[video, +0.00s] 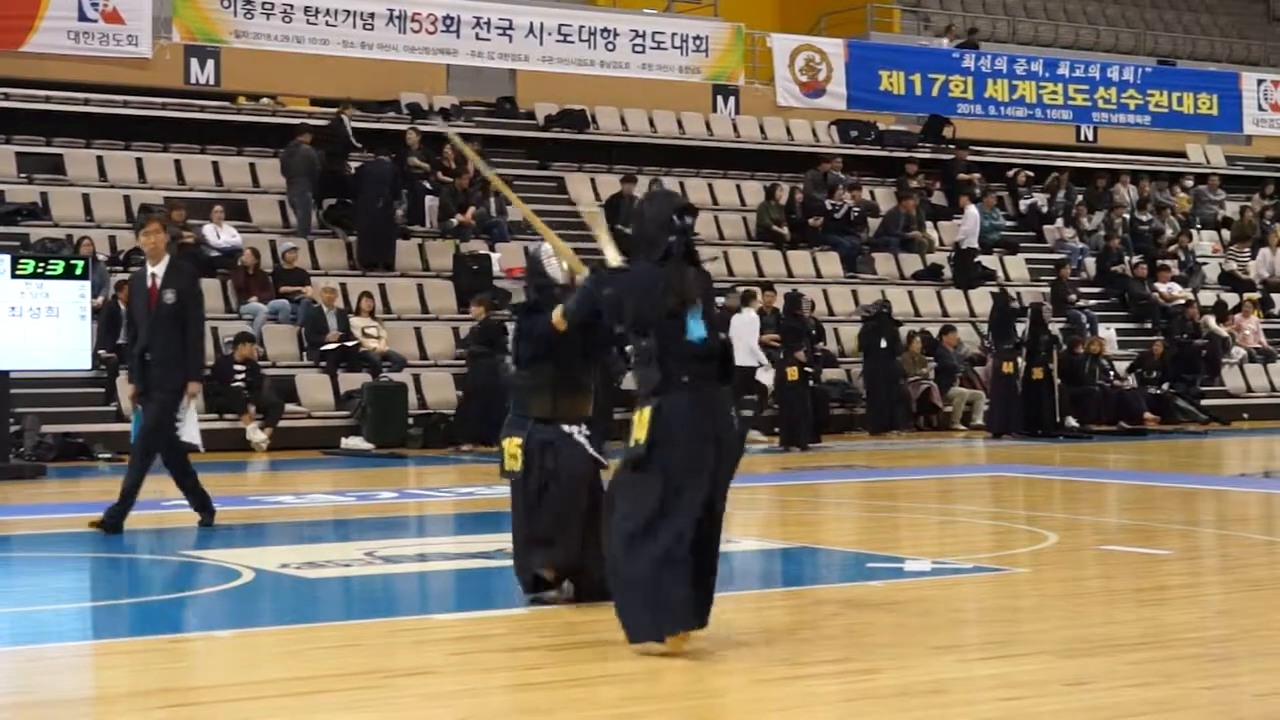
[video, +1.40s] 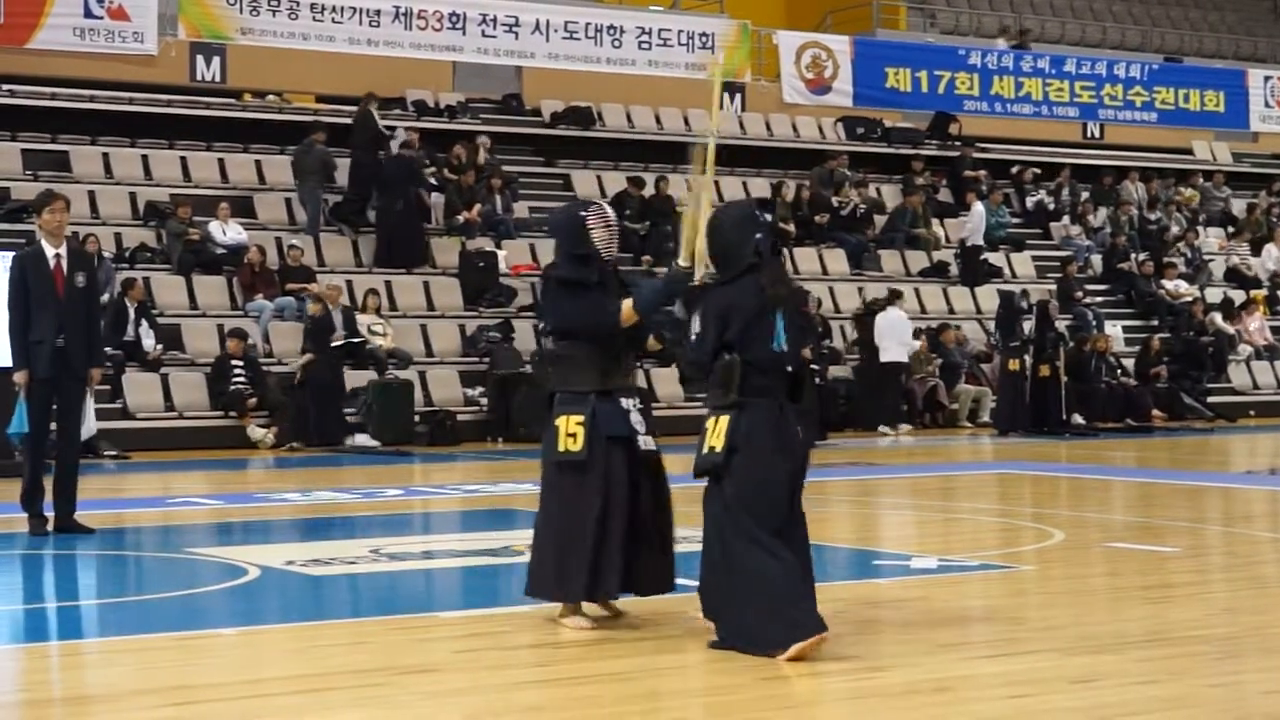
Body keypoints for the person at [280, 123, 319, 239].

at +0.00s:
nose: (310, 139)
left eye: (310, 136)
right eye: (309, 136)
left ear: (298, 135)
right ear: (305, 135)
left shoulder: (287, 151)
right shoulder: (308, 150)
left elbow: (284, 170)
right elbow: (315, 169)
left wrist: (291, 179)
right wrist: (313, 181)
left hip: (291, 185)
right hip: (304, 184)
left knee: (300, 217)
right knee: (305, 218)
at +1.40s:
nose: (324, 138)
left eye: (324, 135)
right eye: (323, 135)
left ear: (311, 135)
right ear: (318, 135)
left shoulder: (299, 150)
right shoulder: (322, 151)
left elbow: (294, 166)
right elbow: (332, 167)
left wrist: (298, 178)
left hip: (302, 187)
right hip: (315, 187)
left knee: (311, 217)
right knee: (313, 219)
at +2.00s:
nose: (327, 137)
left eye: (326, 135)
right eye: (325, 135)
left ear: (315, 135)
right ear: (322, 136)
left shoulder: (307, 148)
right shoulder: (325, 148)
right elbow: (340, 162)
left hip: (309, 185)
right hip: (321, 186)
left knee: (316, 218)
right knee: (321, 220)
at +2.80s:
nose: (332, 141)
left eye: (332, 138)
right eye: (332, 138)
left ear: (321, 137)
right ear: (329, 138)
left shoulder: (312, 149)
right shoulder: (325, 149)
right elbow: (335, 163)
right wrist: (348, 169)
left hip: (310, 188)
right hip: (320, 189)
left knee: (316, 221)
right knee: (322, 222)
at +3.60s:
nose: (345, 147)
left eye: (346, 145)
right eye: (345, 144)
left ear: (335, 142)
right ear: (343, 142)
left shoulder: (326, 152)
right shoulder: (336, 149)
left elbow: (334, 183)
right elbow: (352, 153)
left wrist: (353, 190)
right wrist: (363, 158)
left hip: (316, 191)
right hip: (323, 191)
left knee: (324, 225)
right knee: (324, 226)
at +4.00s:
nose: (348, 150)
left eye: (348, 148)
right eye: (347, 147)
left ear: (337, 144)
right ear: (345, 145)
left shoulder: (329, 154)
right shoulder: (338, 151)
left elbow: (335, 184)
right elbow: (361, 154)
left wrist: (354, 193)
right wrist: (365, 161)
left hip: (317, 190)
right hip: (324, 190)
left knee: (325, 225)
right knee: (325, 226)